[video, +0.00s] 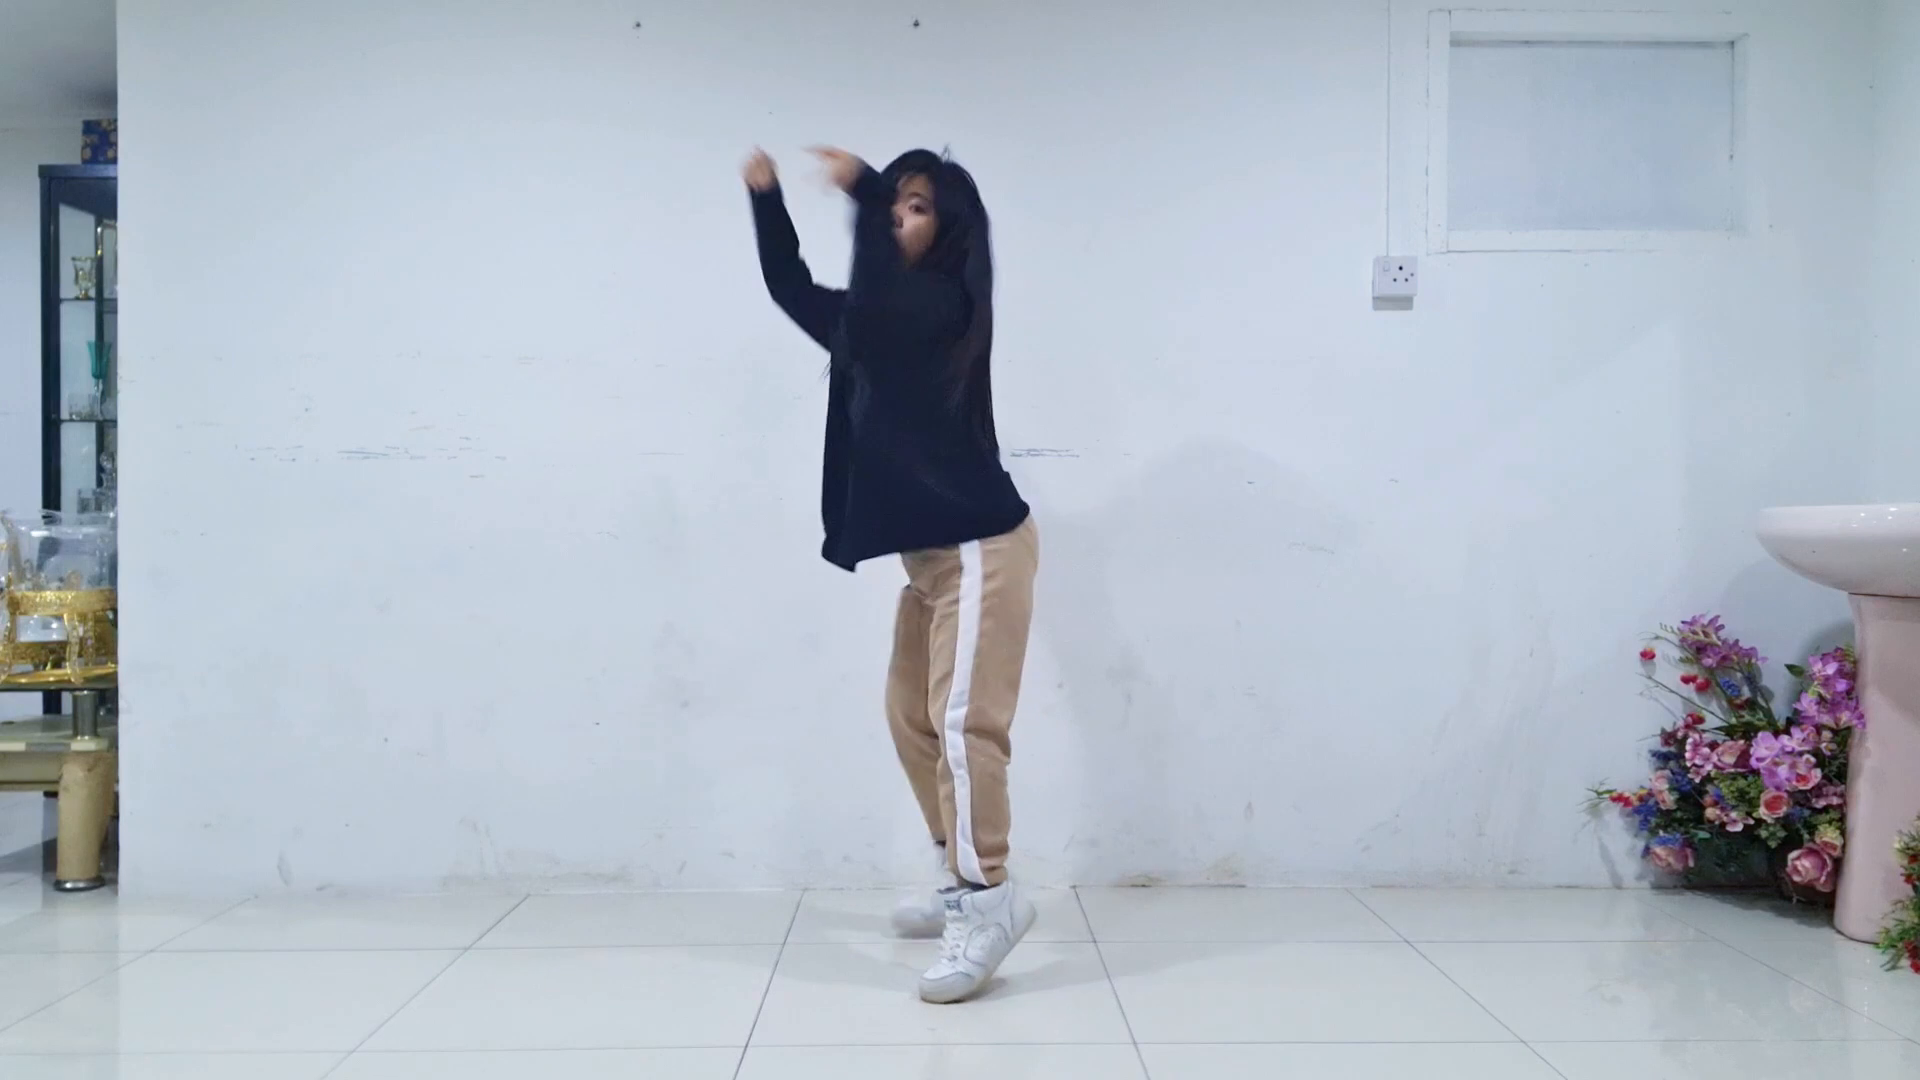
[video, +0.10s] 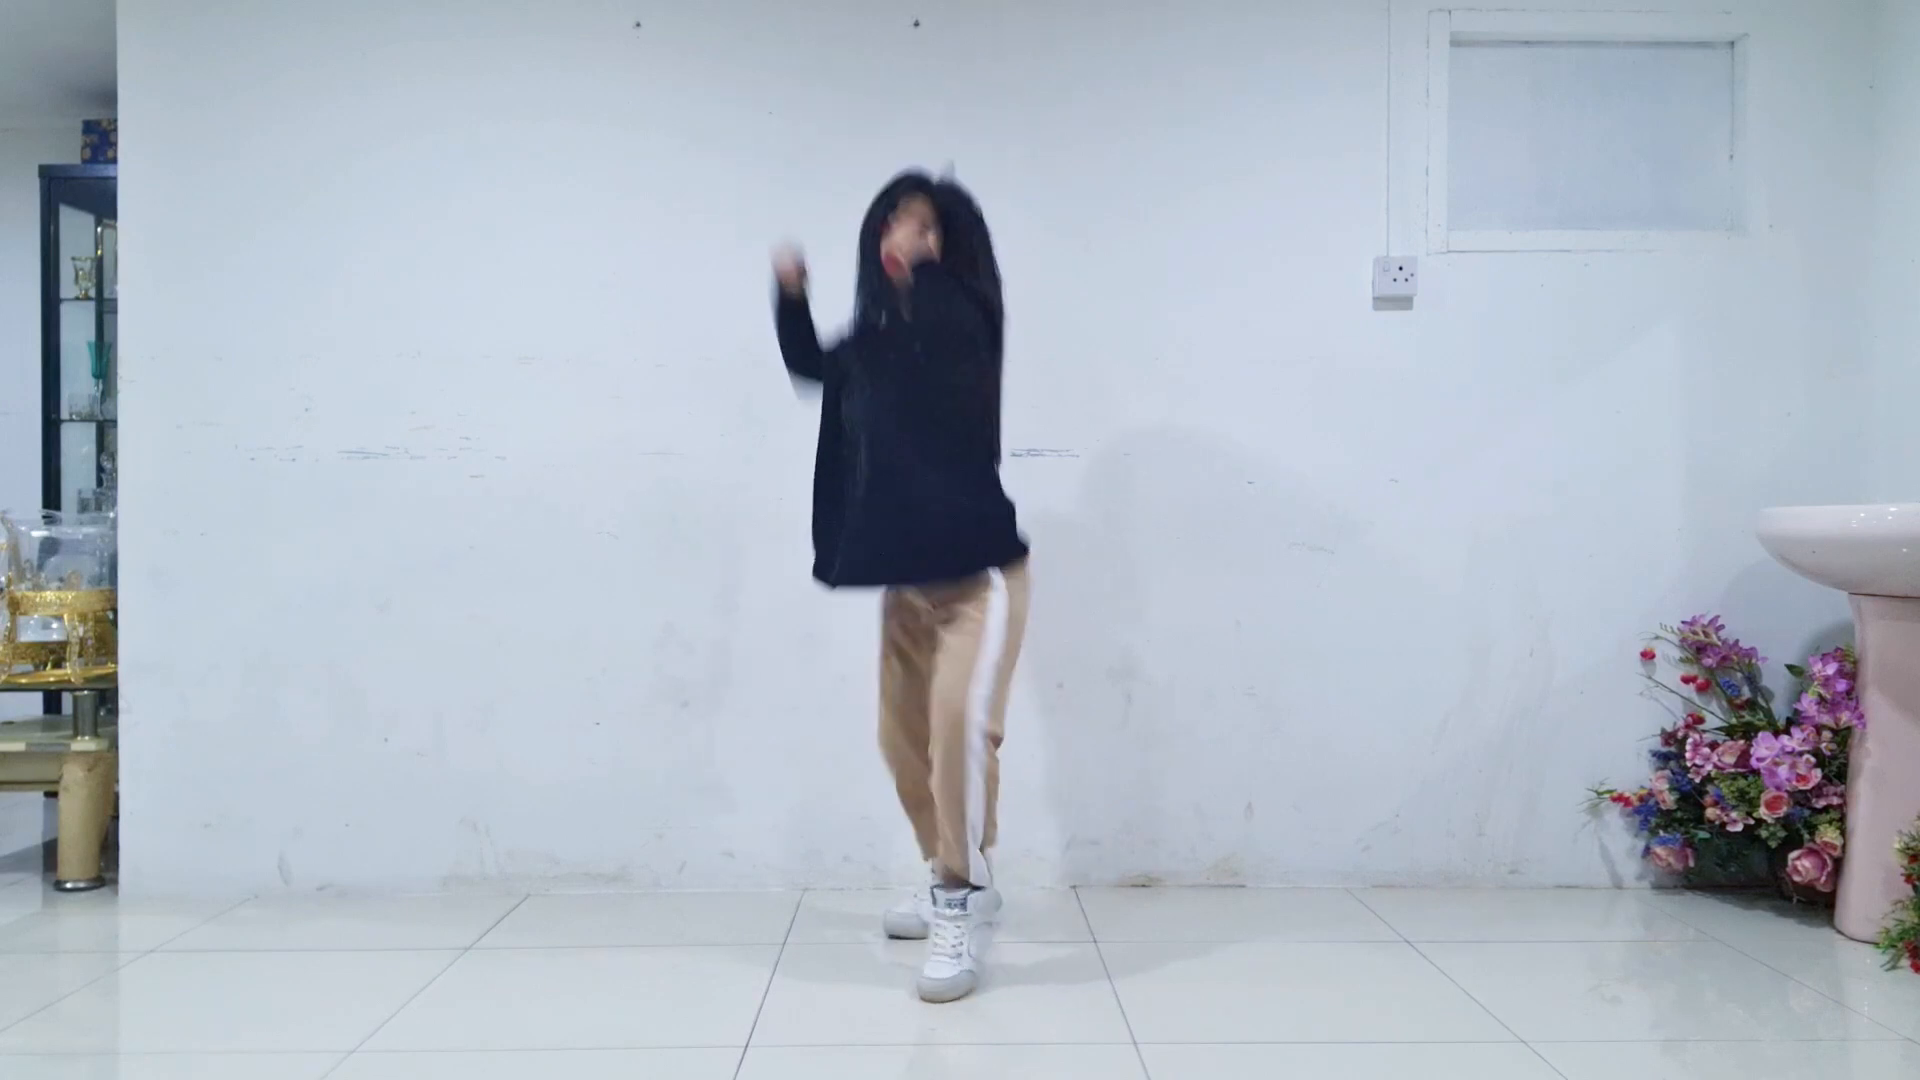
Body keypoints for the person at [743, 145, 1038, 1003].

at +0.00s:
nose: (902, 218)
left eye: (922, 205)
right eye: (893, 205)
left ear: (953, 224)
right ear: (879, 218)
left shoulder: (952, 296)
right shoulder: (865, 316)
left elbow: (883, 298)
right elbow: (788, 282)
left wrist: (866, 198)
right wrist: (766, 200)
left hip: (985, 547)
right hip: (928, 558)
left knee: (967, 719)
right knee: (913, 716)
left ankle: (990, 901)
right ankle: (963, 881)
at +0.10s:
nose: (908, 241)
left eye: (926, 228)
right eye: (894, 227)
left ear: (955, 242)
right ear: (876, 241)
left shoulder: (969, 319)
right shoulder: (872, 331)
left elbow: (943, 345)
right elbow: (807, 364)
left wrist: (918, 280)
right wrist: (791, 297)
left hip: (979, 575)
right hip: (906, 581)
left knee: (958, 731)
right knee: (903, 741)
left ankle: (959, 906)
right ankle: (953, 879)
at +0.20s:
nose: (901, 300)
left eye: (921, 286)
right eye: (892, 286)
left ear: (955, 304)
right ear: (877, 302)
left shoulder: (983, 393)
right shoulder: (877, 403)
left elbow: (993, 485)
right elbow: (853, 511)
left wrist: (958, 392)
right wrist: (834, 439)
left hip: (973, 630)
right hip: (892, 632)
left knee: (974, 743)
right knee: (898, 776)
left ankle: (938, 911)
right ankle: (951, 886)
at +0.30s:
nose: (913, 291)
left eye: (932, 278)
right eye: (903, 277)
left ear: (961, 292)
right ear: (888, 290)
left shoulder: (979, 376)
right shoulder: (897, 389)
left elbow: (980, 463)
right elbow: (870, 492)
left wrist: (922, 379)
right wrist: (814, 437)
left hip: (978, 600)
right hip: (904, 602)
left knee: (958, 729)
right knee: (897, 772)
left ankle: (948, 915)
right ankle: (965, 887)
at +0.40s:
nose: (923, 253)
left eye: (944, 240)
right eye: (914, 237)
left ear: (976, 257)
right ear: (898, 247)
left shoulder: (979, 343)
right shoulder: (888, 346)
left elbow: (931, 408)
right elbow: (828, 421)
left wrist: (854, 359)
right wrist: (752, 392)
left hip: (986, 545)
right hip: (922, 549)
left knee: (960, 705)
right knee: (923, 712)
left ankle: (1002, 889)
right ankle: (963, 873)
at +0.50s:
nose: (931, 259)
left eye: (951, 253)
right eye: (926, 244)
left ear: (977, 273)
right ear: (909, 250)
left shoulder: (973, 345)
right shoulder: (886, 340)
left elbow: (933, 407)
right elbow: (818, 391)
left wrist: (841, 365)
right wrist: (735, 393)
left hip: (974, 552)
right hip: (929, 557)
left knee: (960, 708)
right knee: (936, 714)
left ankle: (996, 884)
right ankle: (969, 876)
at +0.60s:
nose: (938, 259)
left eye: (958, 262)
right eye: (941, 245)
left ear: (979, 291)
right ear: (924, 250)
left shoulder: (974, 353)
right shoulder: (891, 364)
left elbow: (928, 412)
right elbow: (824, 419)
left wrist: (875, 350)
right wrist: (767, 377)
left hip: (968, 555)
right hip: (923, 565)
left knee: (957, 714)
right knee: (930, 724)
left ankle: (1000, 889)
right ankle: (971, 880)